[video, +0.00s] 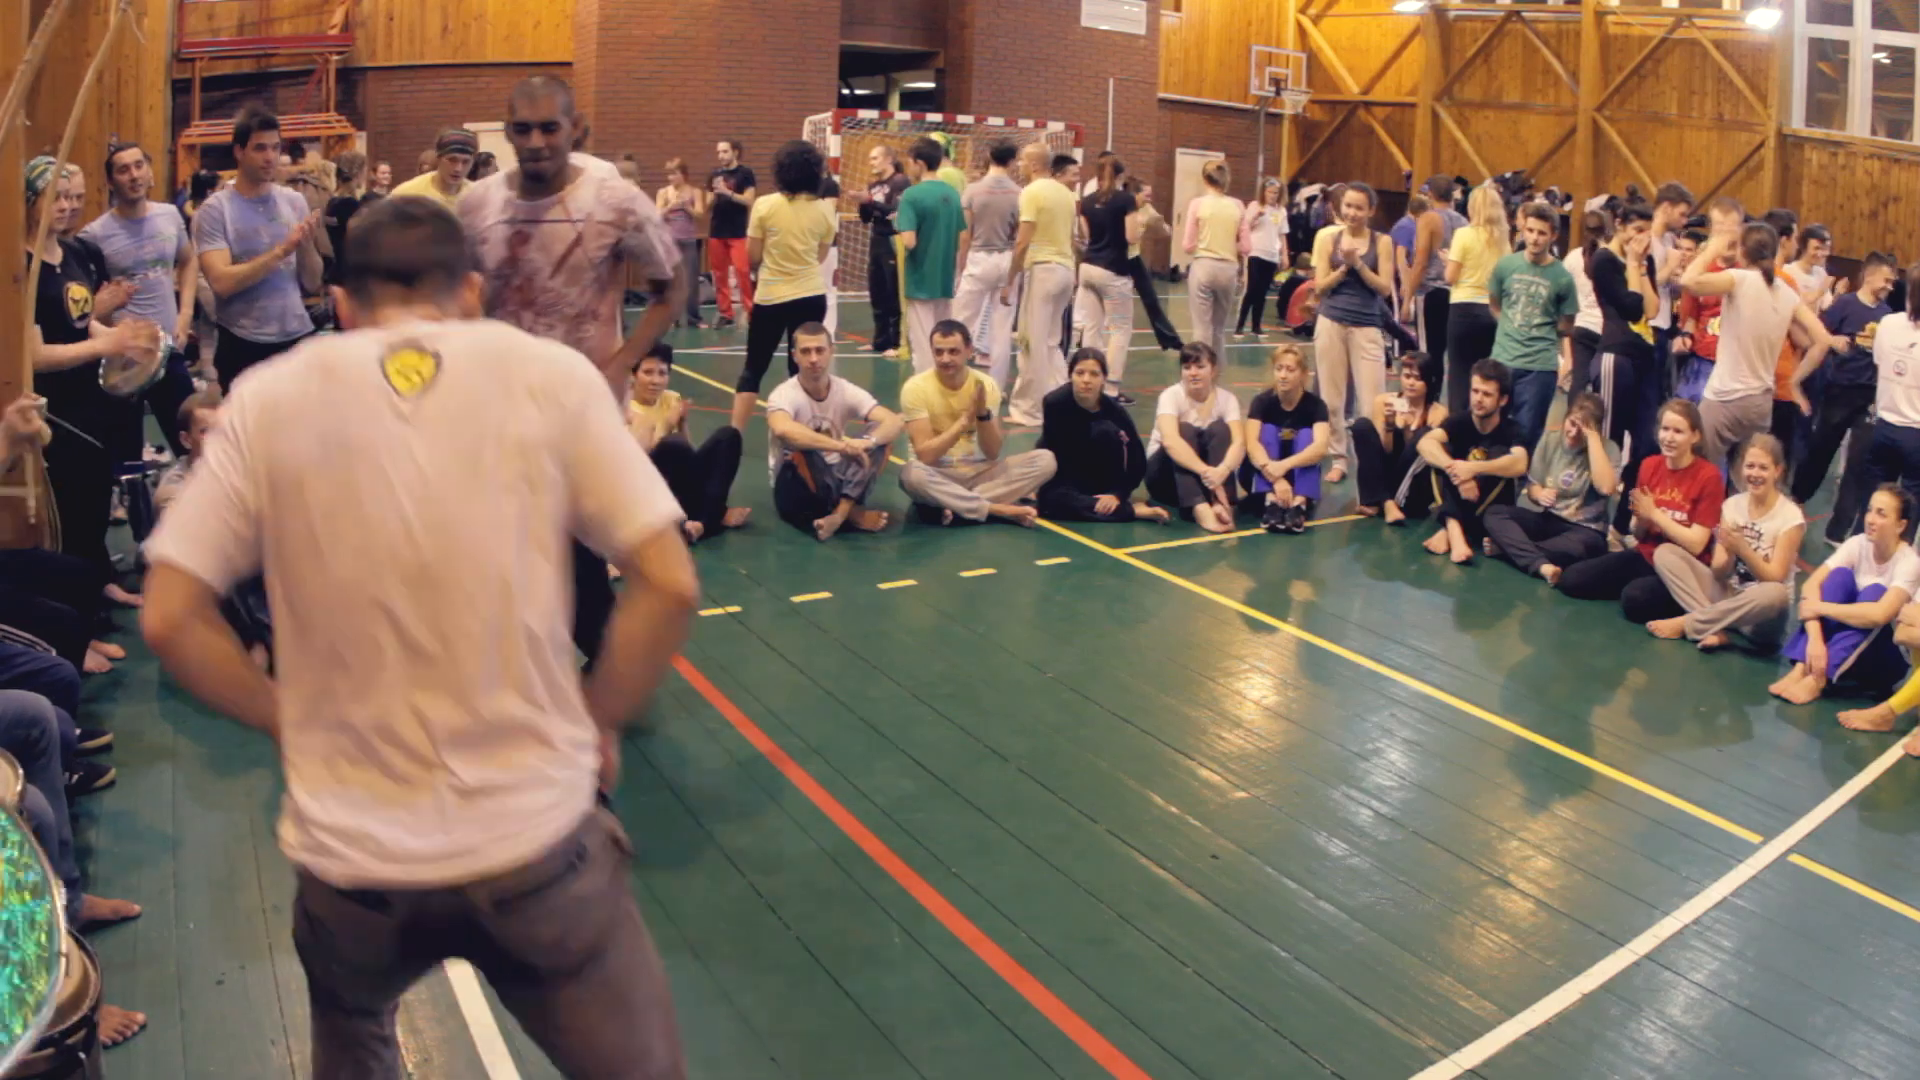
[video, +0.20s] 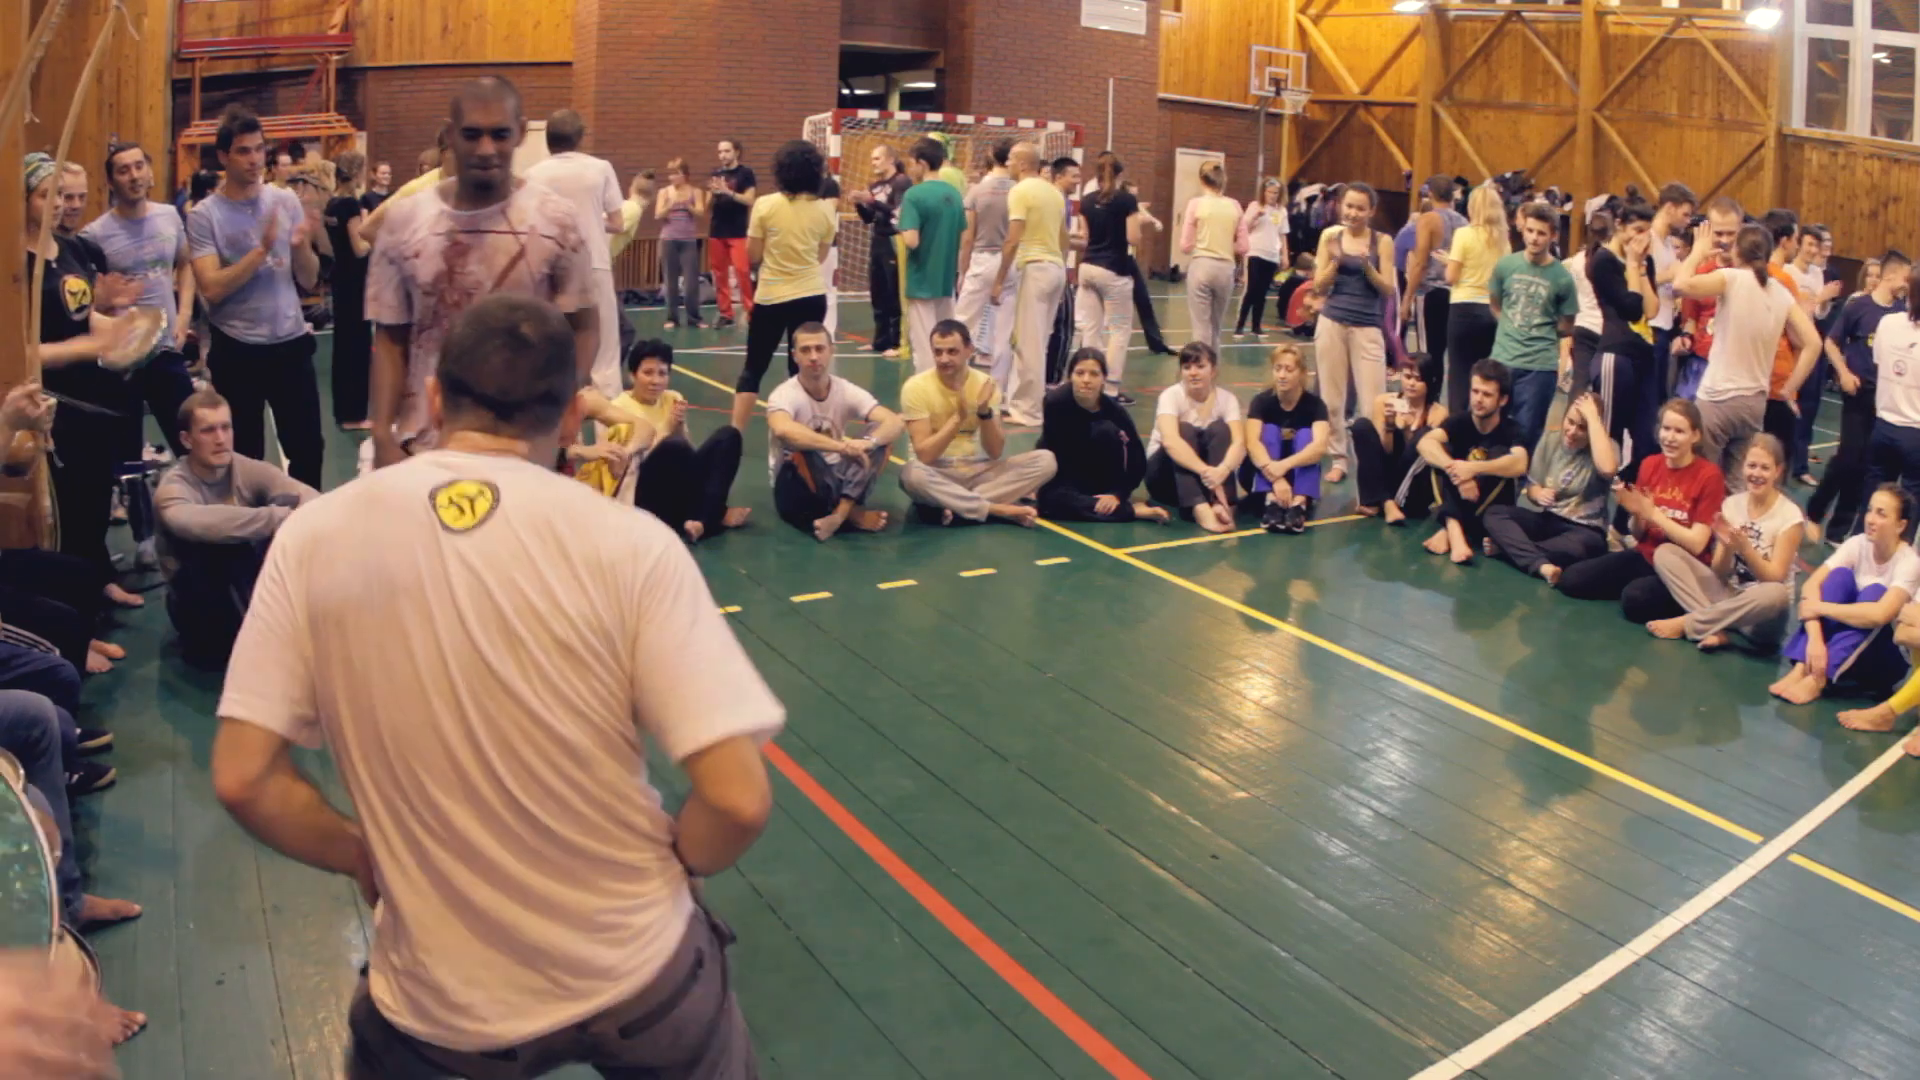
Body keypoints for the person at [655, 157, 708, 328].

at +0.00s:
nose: (671, 177)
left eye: (674, 173)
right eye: (668, 173)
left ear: (683, 173)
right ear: (666, 175)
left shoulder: (695, 191)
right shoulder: (663, 192)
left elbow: (700, 214)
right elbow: (658, 214)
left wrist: (686, 206)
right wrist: (672, 206)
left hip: (689, 239)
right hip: (669, 239)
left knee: (691, 279)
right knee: (671, 278)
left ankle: (693, 315)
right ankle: (672, 317)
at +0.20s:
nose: (672, 177)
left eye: (675, 173)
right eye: (670, 173)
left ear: (684, 174)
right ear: (668, 175)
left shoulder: (695, 191)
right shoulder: (664, 192)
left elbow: (701, 212)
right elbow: (658, 214)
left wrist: (688, 206)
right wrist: (671, 204)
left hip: (689, 237)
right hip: (669, 237)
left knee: (692, 279)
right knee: (671, 281)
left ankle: (694, 317)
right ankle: (672, 317)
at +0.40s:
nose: (673, 177)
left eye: (676, 173)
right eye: (671, 173)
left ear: (685, 174)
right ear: (668, 175)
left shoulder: (695, 191)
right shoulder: (665, 192)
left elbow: (702, 213)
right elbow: (657, 214)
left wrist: (692, 205)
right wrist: (667, 203)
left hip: (689, 238)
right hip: (669, 238)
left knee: (692, 279)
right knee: (671, 281)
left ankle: (694, 317)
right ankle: (672, 317)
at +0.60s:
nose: (674, 176)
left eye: (678, 172)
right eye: (672, 172)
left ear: (686, 174)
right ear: (669, 174)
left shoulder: (696, 191)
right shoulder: (664, 192)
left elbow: (702, 213)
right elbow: (659, 213)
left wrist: (689, 206)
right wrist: (673, 205)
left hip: (690, 238)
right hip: (670, 238)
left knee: (692, 280)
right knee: (671, 281)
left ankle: (694, 317)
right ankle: (671, 318)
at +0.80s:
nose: (676, 176)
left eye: (679, 172)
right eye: (673, 172)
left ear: (686, 173)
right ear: (669, 174)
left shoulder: (695, 190)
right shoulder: (664, 192)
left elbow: (701, 213)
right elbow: (661, 215)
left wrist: (689, 205)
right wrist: (675, 205)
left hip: (690, 237)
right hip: (670, 237)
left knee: (693, 280)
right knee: (671, 281)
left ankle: (694, 317)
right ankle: (671, 318)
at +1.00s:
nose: (675, 176)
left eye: (679, 172)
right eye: (673, 173)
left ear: (686, 174)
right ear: (669, 175)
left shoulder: (695, 191)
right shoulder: (664, 192)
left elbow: (702, 213)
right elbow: (661, 215)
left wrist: (691, 205)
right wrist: (674, 203)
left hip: (690, 237)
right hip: (670, 237)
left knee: (693, 279)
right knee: (672, 280)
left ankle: (694, 317)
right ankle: (672, 318)